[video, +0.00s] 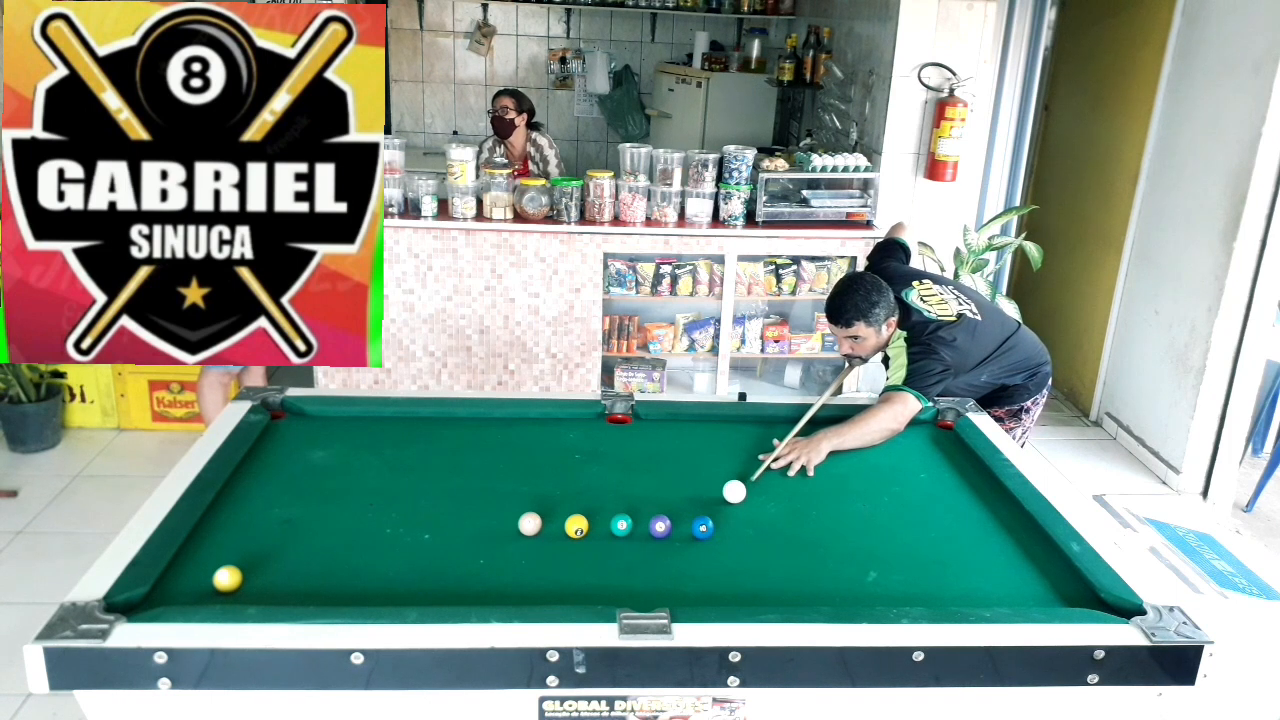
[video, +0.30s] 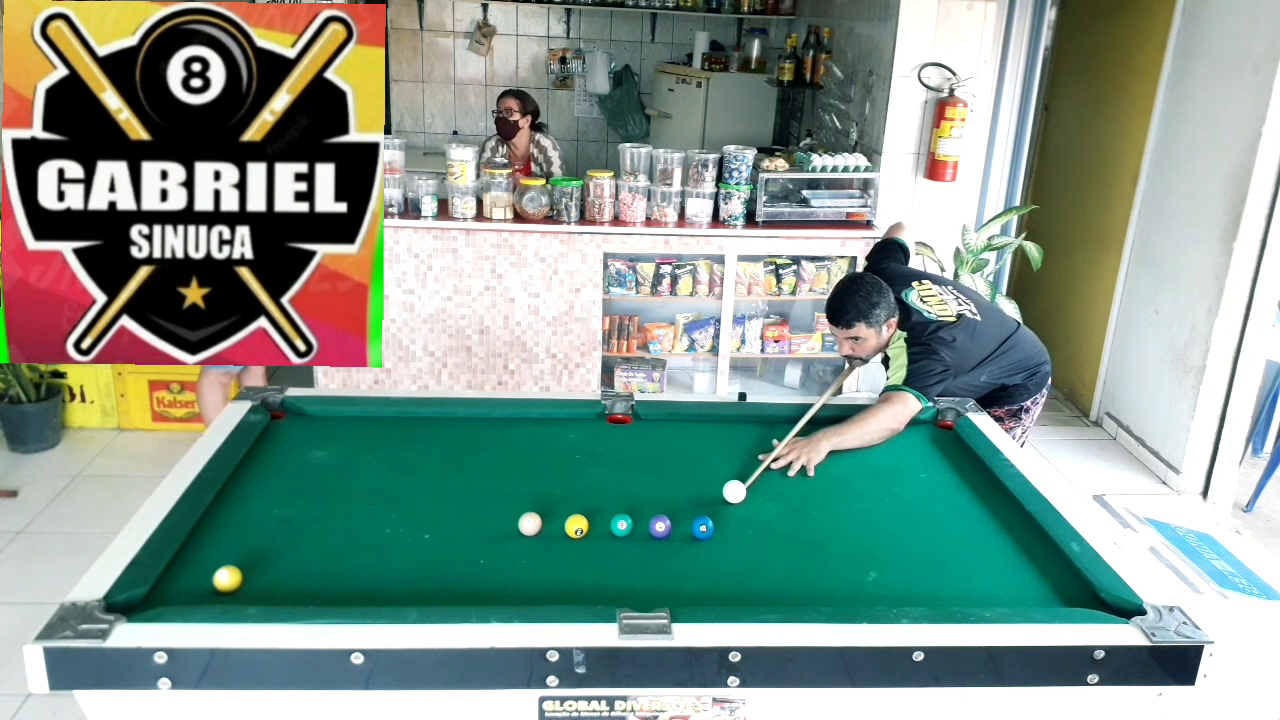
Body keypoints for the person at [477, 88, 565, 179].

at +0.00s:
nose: (496, 116)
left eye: (503, 111)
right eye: (494, 112)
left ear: (522, 119)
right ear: (491, 115)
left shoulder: (542, 143)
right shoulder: (488, 147)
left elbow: (558, 184)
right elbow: (483, 186)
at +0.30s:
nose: (500, 118)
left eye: (508, 112)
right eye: (498, 112)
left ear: (526, 120)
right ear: (495, 115)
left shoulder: (545, 145)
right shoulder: (492, 146)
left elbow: (558, 185)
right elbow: (483, 183)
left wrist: (525, 183)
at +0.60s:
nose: (505, 120)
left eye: (513, 115)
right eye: (504, 114)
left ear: (532, 123)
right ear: (500, 116)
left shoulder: (550, 146)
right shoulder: (495, 146)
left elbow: (562, 187)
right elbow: (483, 183)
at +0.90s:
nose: (509, 121)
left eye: (517, 116)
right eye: (508, 116)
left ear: (535, 125)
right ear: (505, 117)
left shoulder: (552, 147)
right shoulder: (498, 146)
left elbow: (564, 188)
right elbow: (484, 182)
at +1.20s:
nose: (511, 121)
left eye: (519, 116)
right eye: (509, 115)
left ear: (537, 126)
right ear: (506, 117)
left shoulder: (553, 147)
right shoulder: (498, 146)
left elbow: (564, 188)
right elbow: (485, 182)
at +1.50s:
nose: (511, 120)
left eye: (519, 115)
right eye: (510, 115)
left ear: (537, 125)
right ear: (506, 116)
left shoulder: (553, 147)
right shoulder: (499, 145)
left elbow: (564, 188)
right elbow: (485, 182)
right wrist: (507, 170)